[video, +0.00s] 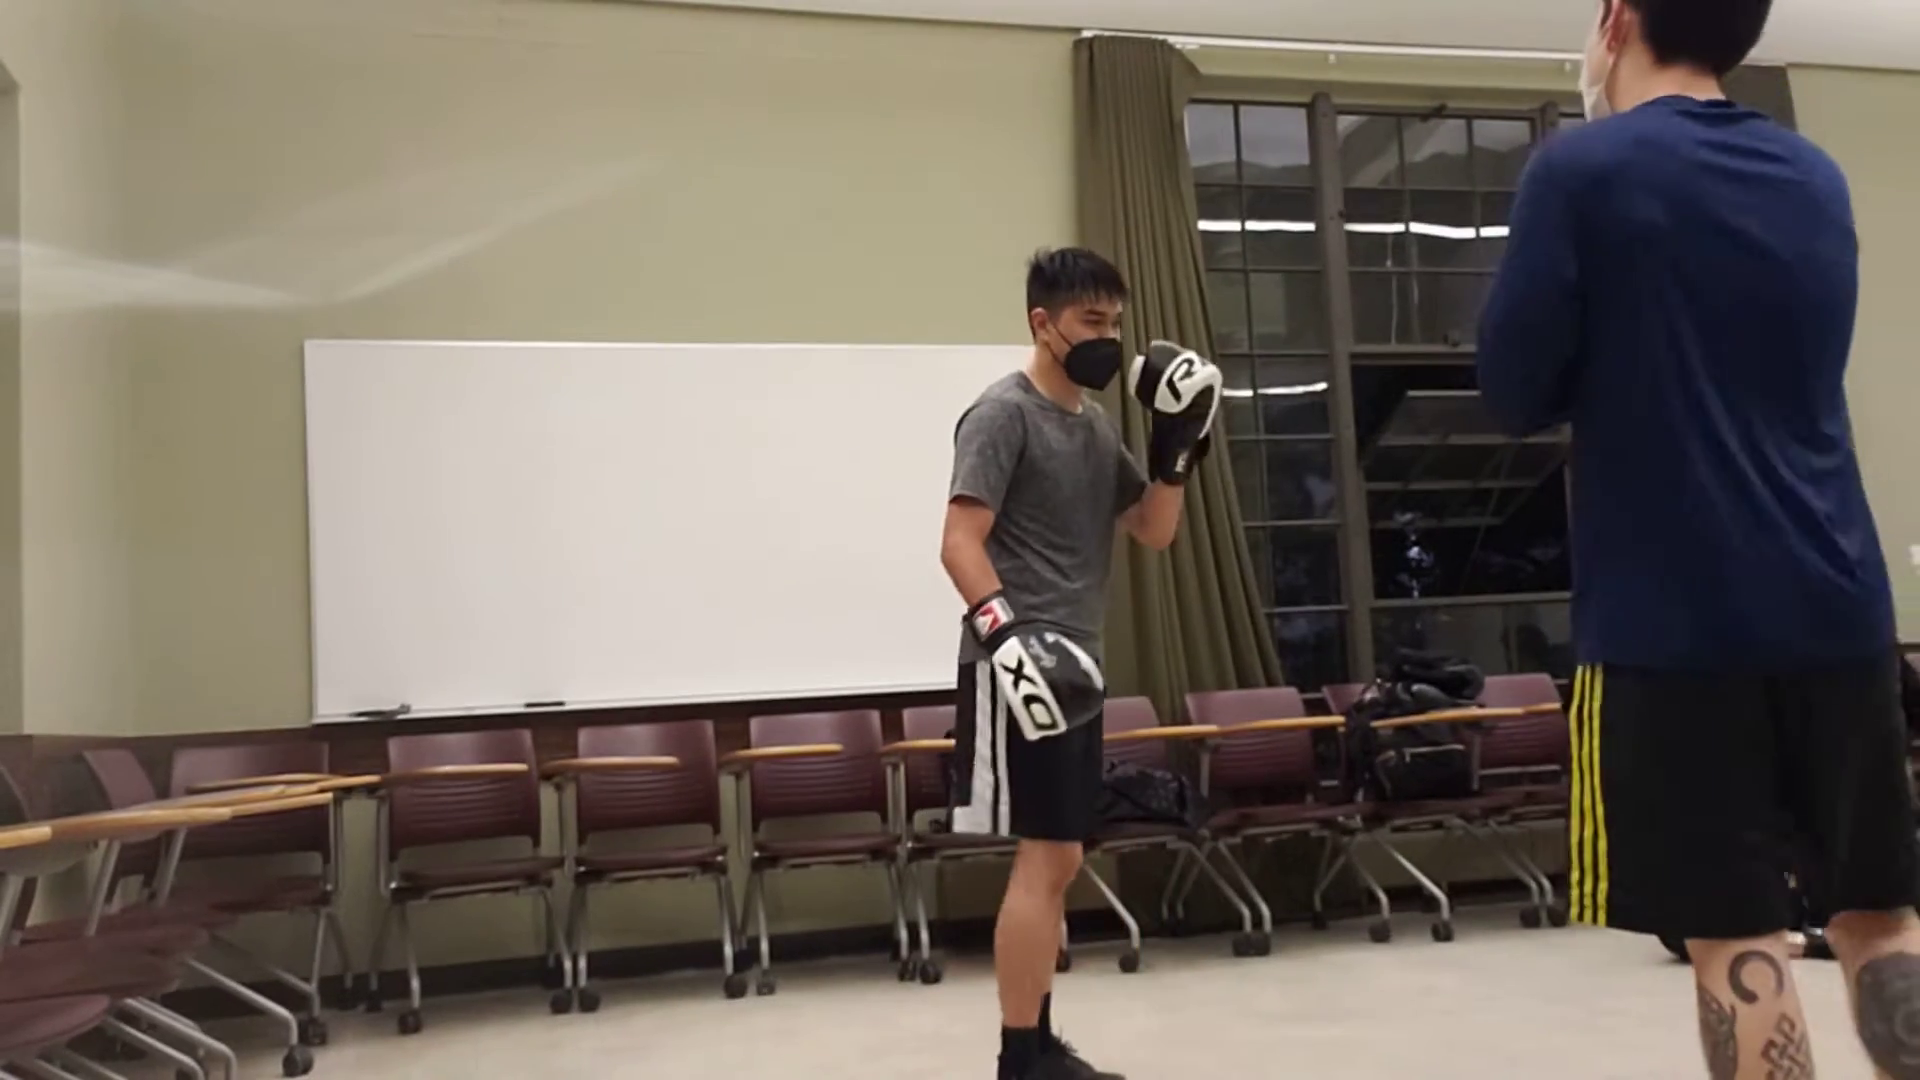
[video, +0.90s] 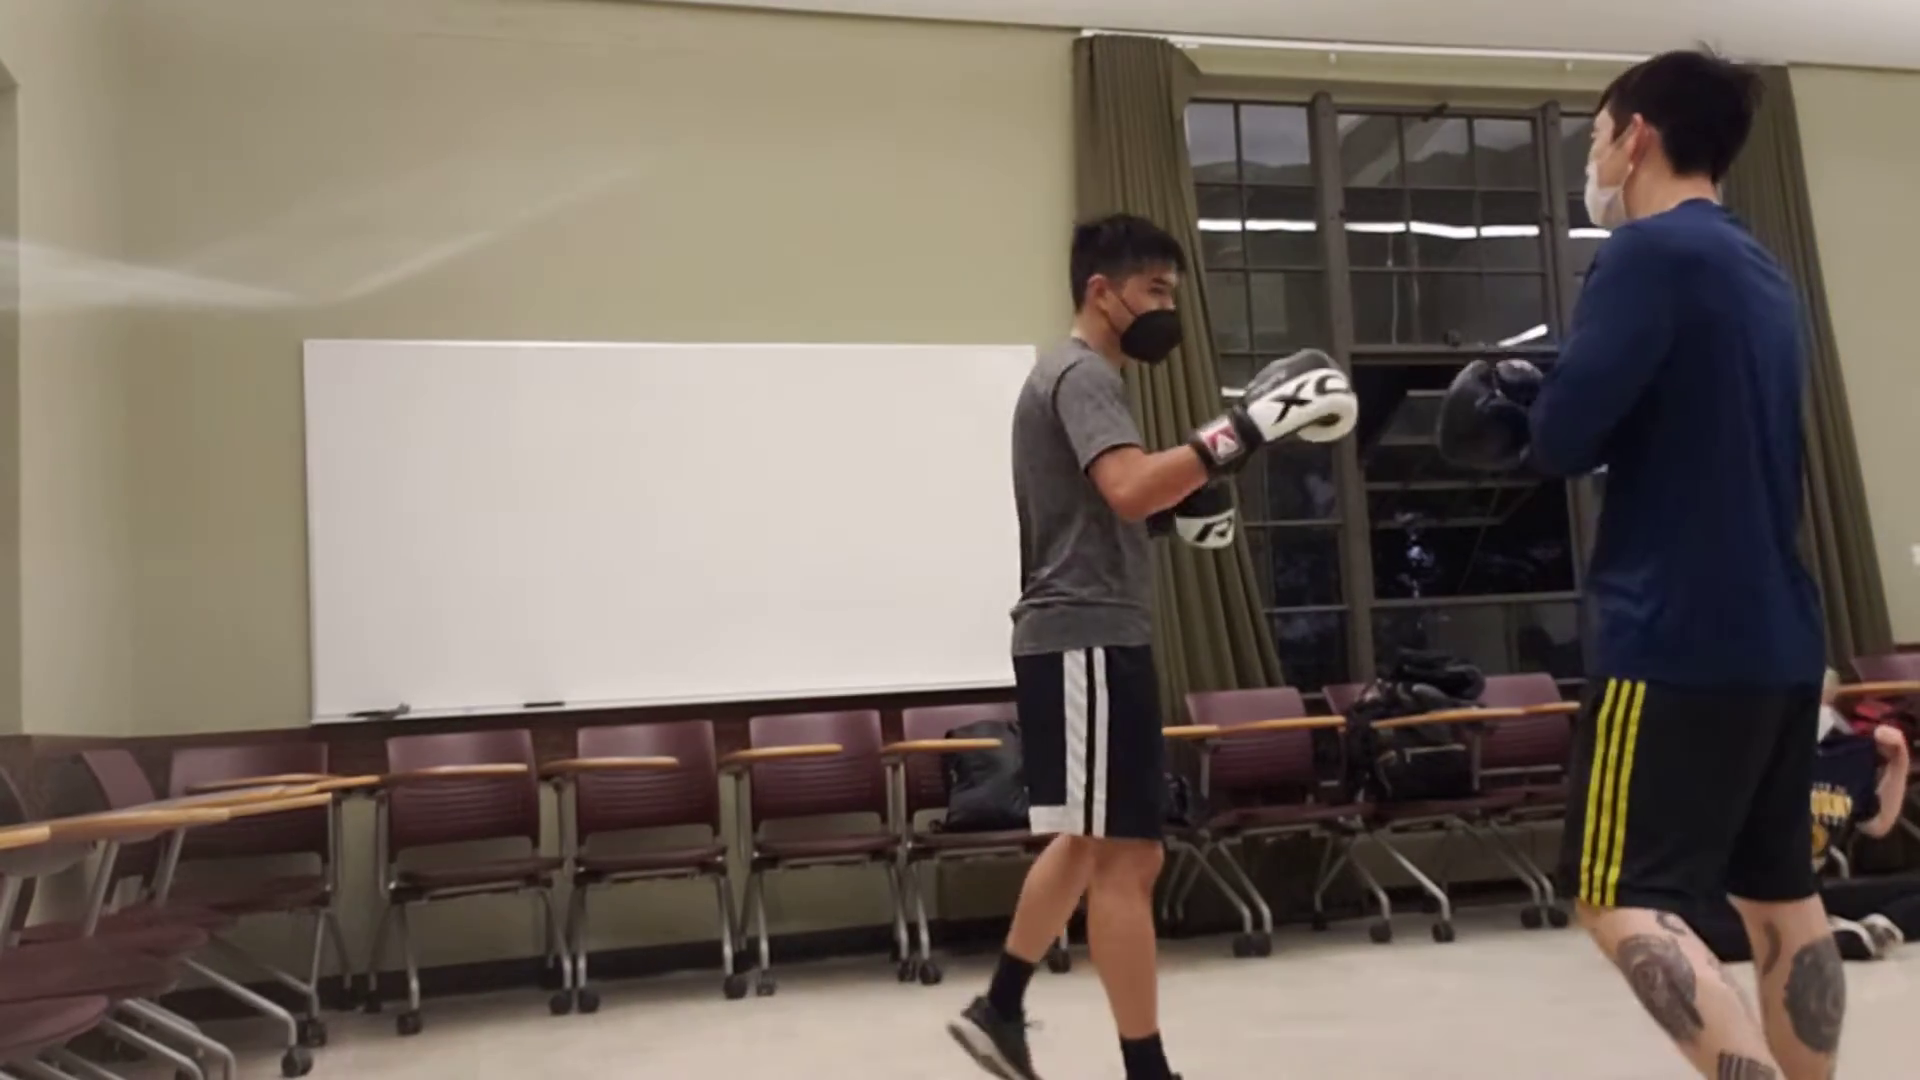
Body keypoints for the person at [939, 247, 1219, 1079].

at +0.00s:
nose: (1105, 337)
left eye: (1113, 324)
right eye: (1090, 321)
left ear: (1114, 327)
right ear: (1040, 320)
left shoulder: (1095, 426)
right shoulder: (1001, 415)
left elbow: (1155, 529)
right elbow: (960, 542)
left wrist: (1174, 440)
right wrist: (1006, 635)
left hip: (1073, 660)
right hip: (1025, 659)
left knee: (1063, 858)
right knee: (1044, 858)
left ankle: (1036, 1038)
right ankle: (1020, 1051)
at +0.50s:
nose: (1149, 335)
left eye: (1158, 322)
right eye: (1136, 317)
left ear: (1150, 328)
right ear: (1084, 313)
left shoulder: (1102, 409)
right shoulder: (1046, 398)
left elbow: (1085, 530)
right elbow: (984, 510)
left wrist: (1135, 569)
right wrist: (1085, 562)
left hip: (1086, 645)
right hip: (1060, 648)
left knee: (1066, 843)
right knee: (1125, 841)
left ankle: (1037, 1037)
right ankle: (1122, 1060)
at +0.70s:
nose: (1175, 327)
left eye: (1180, 312)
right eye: (1164, 310)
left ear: (1117, 312)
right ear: (1109, 304)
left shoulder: (1079, 390)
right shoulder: (1083, 387)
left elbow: (1061, 523)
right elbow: (1074, 495)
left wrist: (1147, 559)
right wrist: (1188, 474)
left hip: (1073, 646)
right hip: (1091, 647)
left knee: (1072, 848)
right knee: (1132, 858)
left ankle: (1041, 1033)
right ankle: (1149, 1068)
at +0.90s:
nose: (1168, 306)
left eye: (1171, 292)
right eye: (1156, 290)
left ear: (1106, 295)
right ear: (1100, 288)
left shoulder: (1066, 375)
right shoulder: (1082, 374)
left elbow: (1090, 509)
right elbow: (1131, 487)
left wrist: (1168, 510)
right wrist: (1237, 429)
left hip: (1072, 638)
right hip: (1092, 641)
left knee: (1079, 840)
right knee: (1127, 858)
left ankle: (998, 1009)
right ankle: (1149, 1071)